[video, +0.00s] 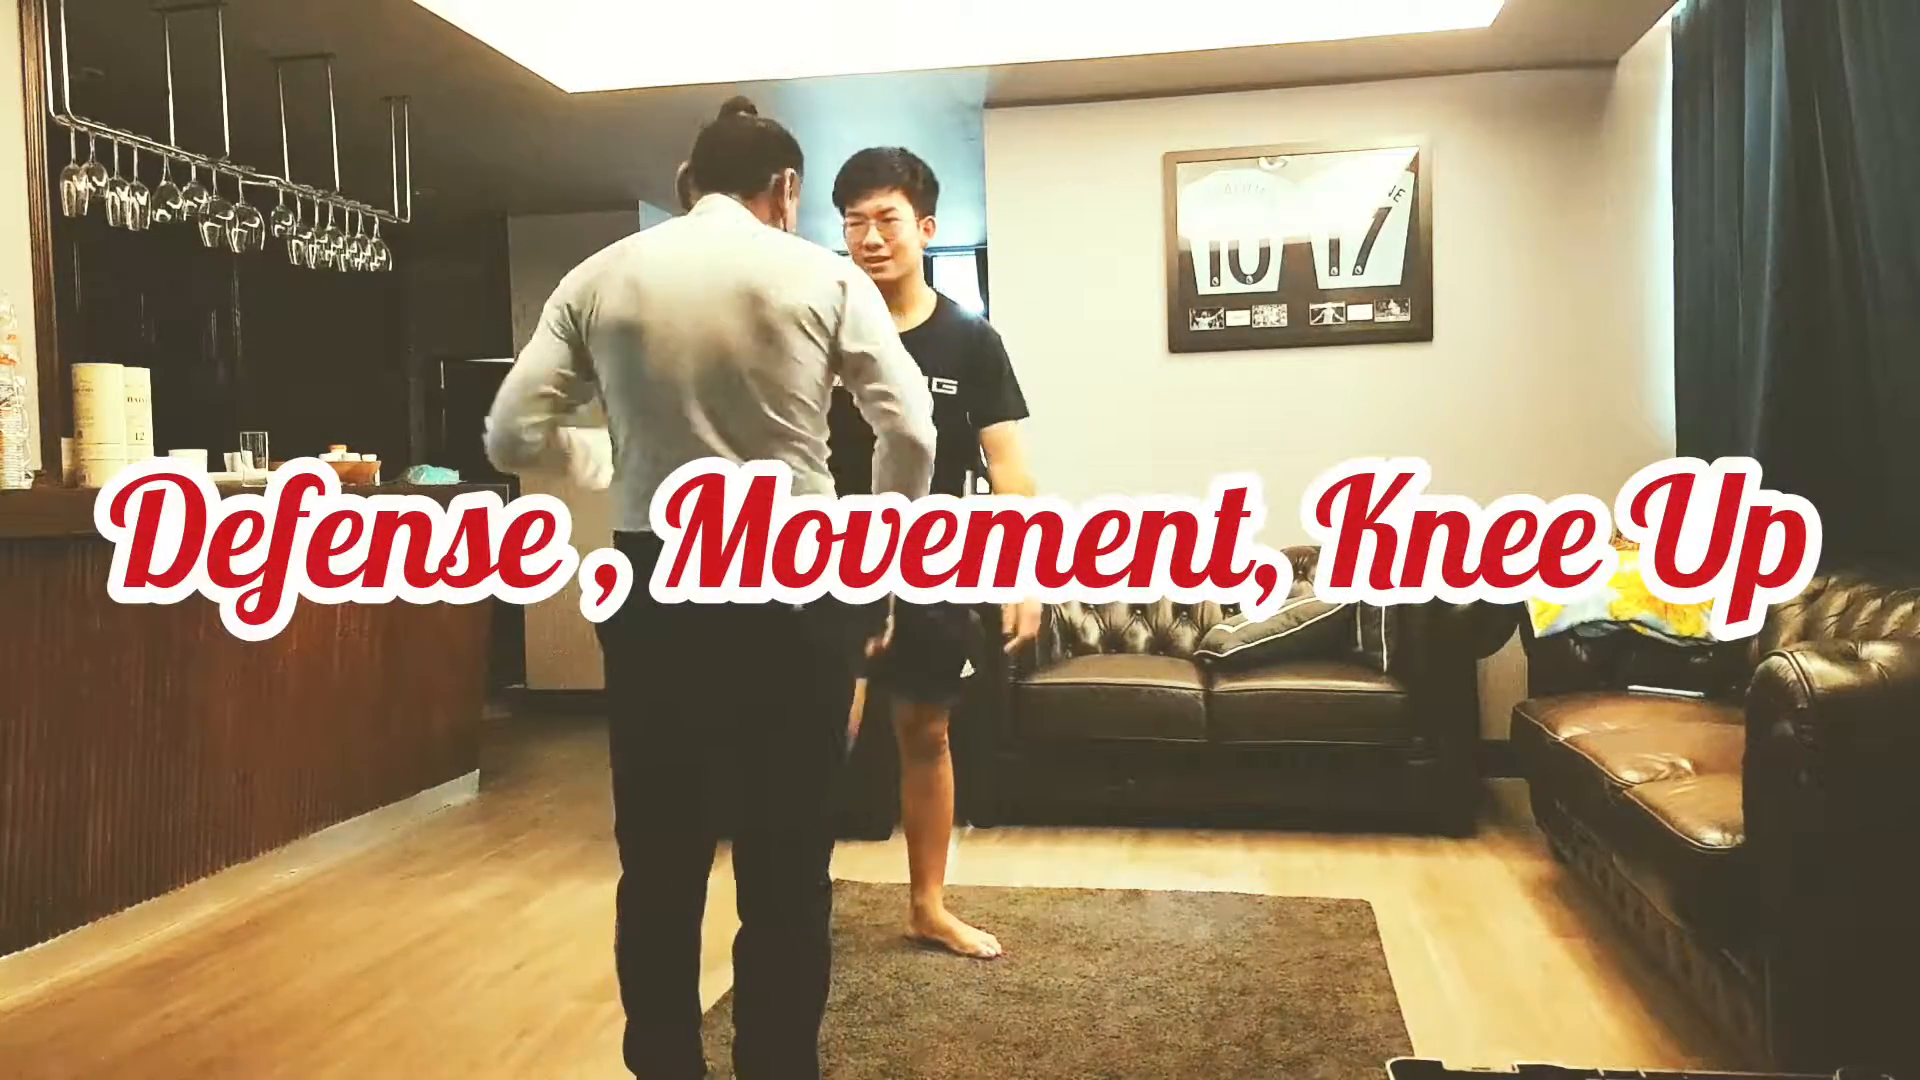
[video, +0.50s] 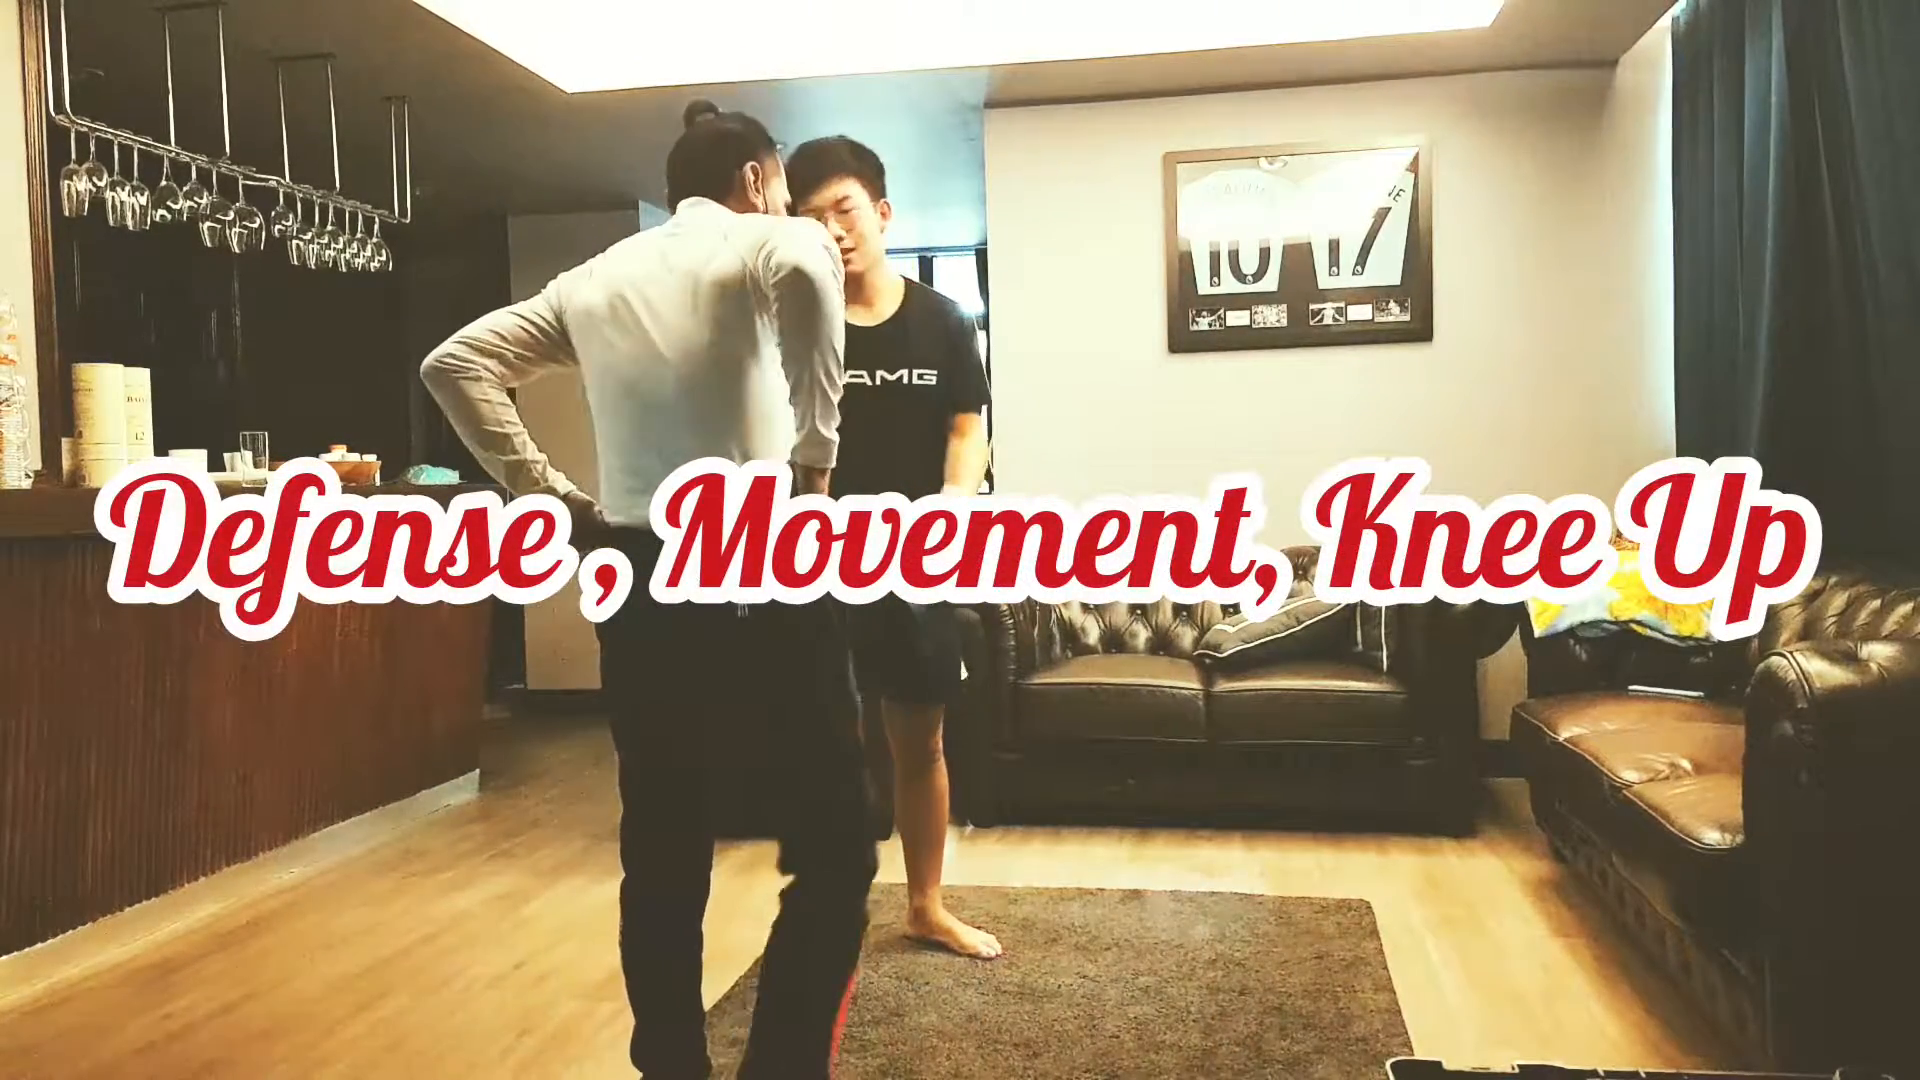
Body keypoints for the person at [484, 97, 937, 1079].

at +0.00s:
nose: (806, 213)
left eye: (802, 201)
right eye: (804, 199)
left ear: (684, 191)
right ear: (781, 190)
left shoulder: (598, 278)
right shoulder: (823, 276)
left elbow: (514, 432)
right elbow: (910, 425)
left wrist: (622, 456)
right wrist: (885, 570)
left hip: (653, 609)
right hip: (796, 609)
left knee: (657, 864)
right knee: (786, 873)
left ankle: (664, 1065)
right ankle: (778, 1064)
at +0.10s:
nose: (800, 223)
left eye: (796, 209)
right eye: (800, 207)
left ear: (693, 197)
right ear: (776, 195)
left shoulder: (601, 279)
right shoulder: (807, 269)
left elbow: (485, 405)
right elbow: (890, 383)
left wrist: (589, 495)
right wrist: (888, 530)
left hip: (650, 601)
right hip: (790, 600)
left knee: (665, 854)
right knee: (790, 861)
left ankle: (669, 1061)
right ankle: (778, 1062)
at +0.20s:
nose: (796, 221)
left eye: (794, 210)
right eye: (795, 208)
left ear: (688, 201)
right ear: (770, 196)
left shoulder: (600, 282)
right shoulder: (788, 258)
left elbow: (460, 382)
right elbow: (853, 328)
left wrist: (569, 492)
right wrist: (873, 476)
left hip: (643, 598)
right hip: (777, 596)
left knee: (662, 858)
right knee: (823, 855)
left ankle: (672, 1064)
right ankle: (777, 1064)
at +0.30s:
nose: (796, 222)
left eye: (791, 208)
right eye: (793, 209)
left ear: (687, 205)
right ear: (766, 201)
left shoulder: (602, 285)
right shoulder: (785, 248)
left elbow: (459, 372)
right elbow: (819, 293)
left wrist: (565, 492)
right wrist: (843, 453)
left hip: (634, 583)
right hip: (762, 586)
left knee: (660, 861)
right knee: (863, 824)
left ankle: (671, 1064)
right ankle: (761, 1060)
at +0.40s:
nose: (795, 216)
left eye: (786, 200)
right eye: (787, 201)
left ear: (682, 201)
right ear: (758, 194)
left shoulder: (600, 281)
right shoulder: (775, 237)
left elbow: (457, 368)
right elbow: (806, 282)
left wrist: (560, 494)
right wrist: (818, 455)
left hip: (632, 574)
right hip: (757, 572)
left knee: (662, 844)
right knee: (859, 824)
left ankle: (670, 1062)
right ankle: (767, 1050)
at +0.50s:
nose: (788, 199)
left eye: (783, 185)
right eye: (783, 185)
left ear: (678, 191)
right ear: (757, 181)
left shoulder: (594, 279)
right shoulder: (780, 236)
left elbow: (458, 364)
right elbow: (798, 273)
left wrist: (558, 504)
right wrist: (815, 464)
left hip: (639, 593)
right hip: (768, 589)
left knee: (661, 855)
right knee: (836, 848)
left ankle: (669, 1064)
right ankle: (783, 1066)